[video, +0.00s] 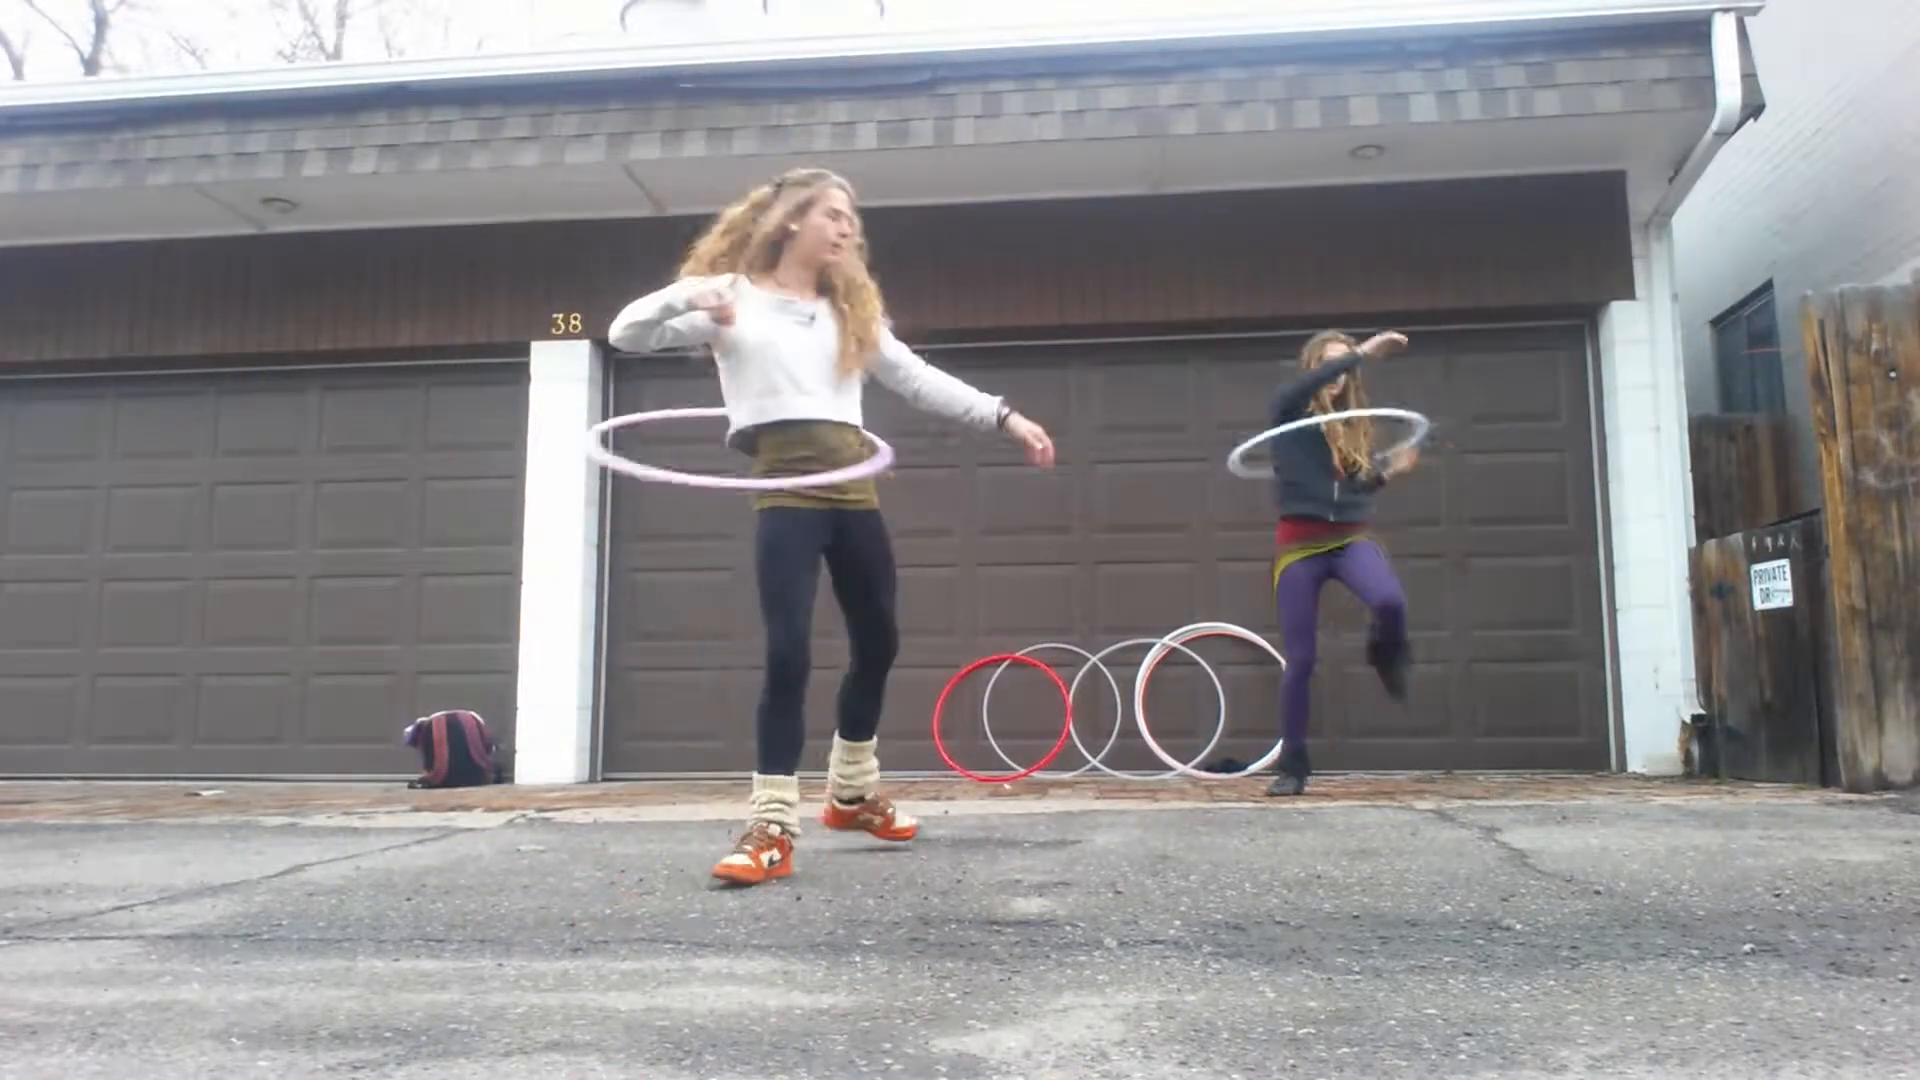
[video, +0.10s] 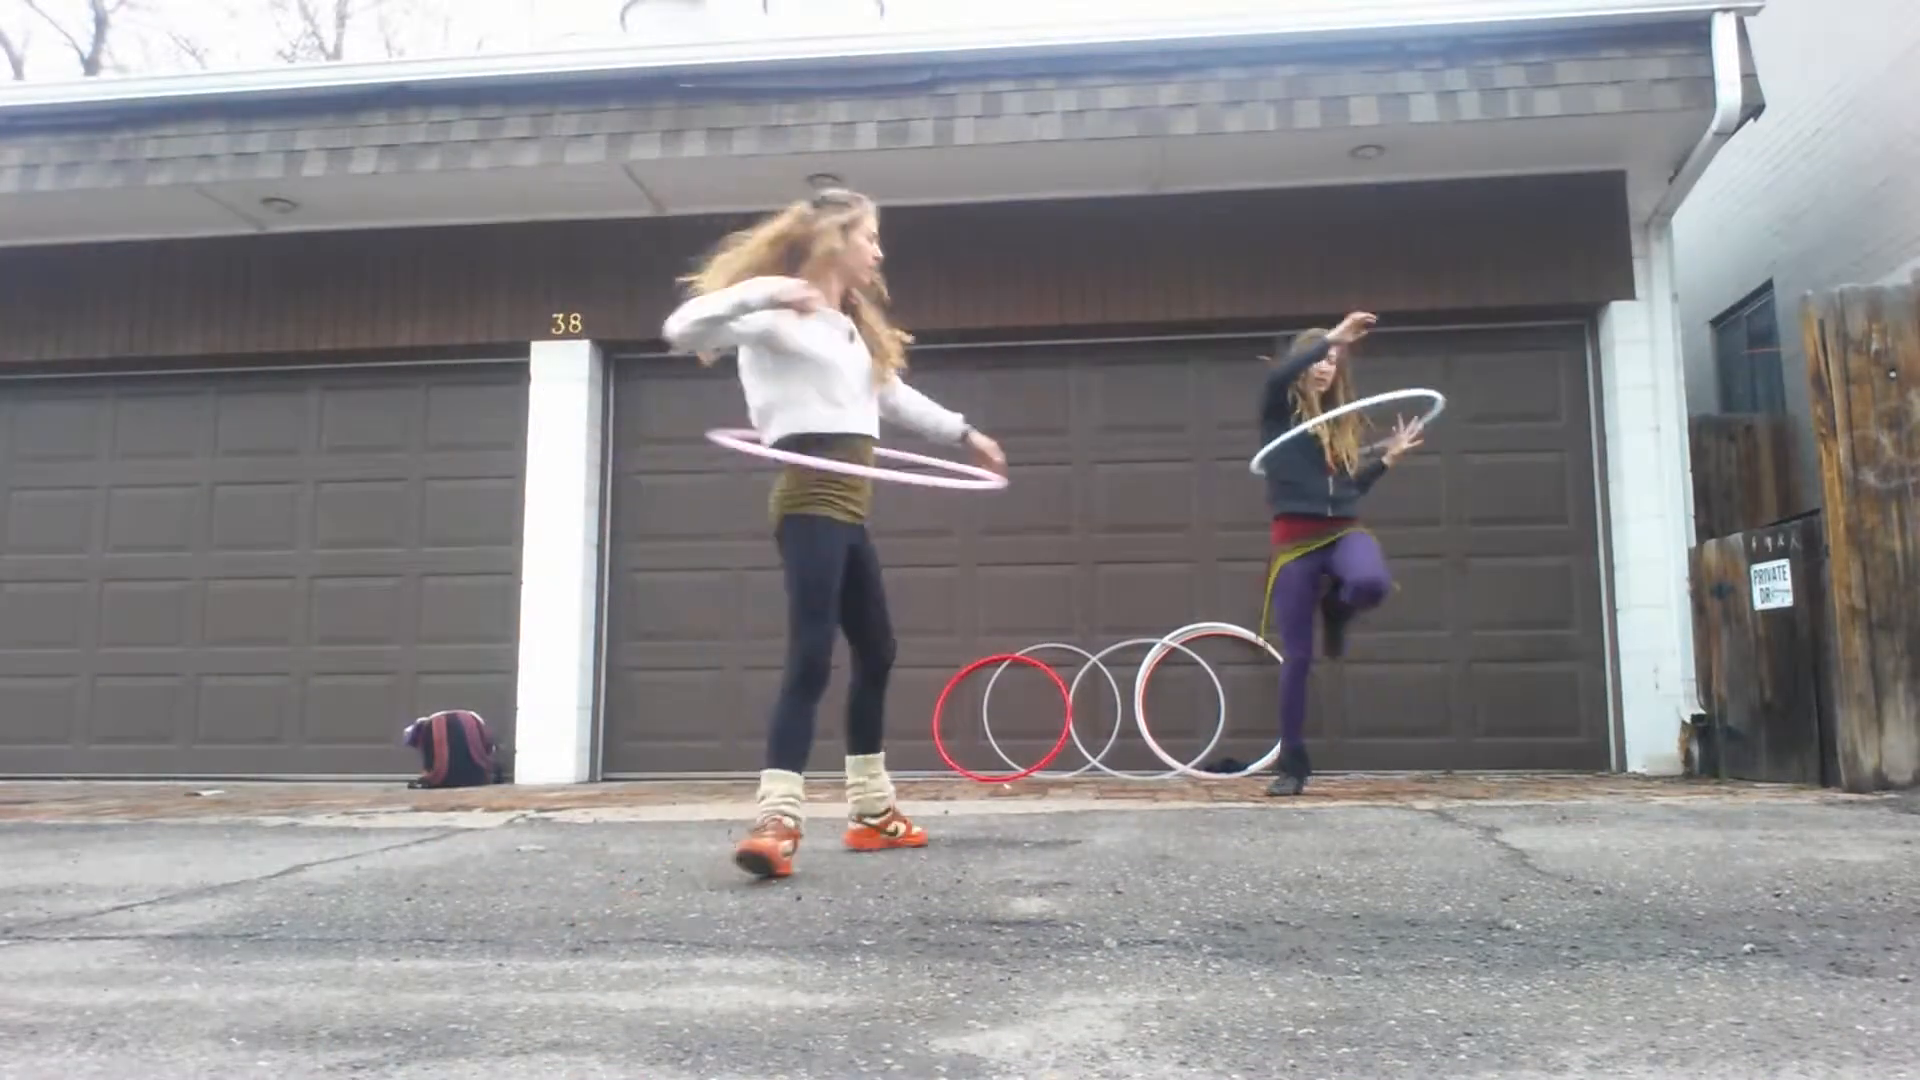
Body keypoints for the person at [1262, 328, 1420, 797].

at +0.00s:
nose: (1338, 378)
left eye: (1345, 369)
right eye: (1330, 368)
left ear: (1353, 376)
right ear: (1310, 370)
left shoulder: (1355, 424)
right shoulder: (1289, 415)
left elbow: (1355, 483)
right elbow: (1306, 386)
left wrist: (1385, 468)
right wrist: (1364, 351)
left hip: (1350, 540)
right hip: (1299, 546)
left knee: (1390, 599)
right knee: (1299, 660)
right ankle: (1293, 765)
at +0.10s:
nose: (1326, 369)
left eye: (1334, 362)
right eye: (1318, 360)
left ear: (1339, 372)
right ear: (1296, 366)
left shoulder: (1344, 419)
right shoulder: (1279, 410)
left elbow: (1353, 485)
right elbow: (1280, 376)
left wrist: (1387, 455)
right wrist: (1331, 339)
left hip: (1344, 532)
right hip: (1295, 538)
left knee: (1372, 585)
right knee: (1296, 656)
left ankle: (1335, 609)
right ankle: (1292, 763)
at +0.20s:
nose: (1315, 366)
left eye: (1322, 358)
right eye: (1307, 358)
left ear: (1332, 364)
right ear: (1291, 363)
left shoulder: (1344, 414)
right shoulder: (1268, 407)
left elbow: (1352, 484)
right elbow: (1234, 383)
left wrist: (1372, 447)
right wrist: (1282, 347)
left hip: (1340, 531)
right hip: (1288, 536)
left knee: (1373, 585)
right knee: (1292, 656)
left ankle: (1321, 625)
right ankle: (1289, 762)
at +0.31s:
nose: (1309, 369)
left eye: (1316, 361)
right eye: (1301, 360)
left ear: (1326, 367)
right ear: (1282, 364)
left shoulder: (1345, 409)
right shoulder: (1258, 408)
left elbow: (1360, 456)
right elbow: (1198, 426)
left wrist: (1306, 465)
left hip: (1338, 539)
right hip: (1285, 545)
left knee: (1382, 605)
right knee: (1289, 657)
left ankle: (1338, 666)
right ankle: (1292, 764)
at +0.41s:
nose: (1305, 371)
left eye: (1313, 363)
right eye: (1296, 363)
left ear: (1325, 370)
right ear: (1280, 369)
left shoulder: (1338, 409)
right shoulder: (1266, 418)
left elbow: (1343, 450)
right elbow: (1232, 458)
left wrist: (1286, 474)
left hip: (1337, 545)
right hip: (1284, 551)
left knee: (1381, 631)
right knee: (1288, 662)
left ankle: (1374, 728)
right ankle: (1293, 765)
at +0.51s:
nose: (1305, 376)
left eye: (1313, 368)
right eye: (1297, 367)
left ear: (1323, 373)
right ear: (1281, 372)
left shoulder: (1339, 417)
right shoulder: (1261, 425)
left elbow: (1344, 432)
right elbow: (1244, 481)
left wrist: (1289, 447)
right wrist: (1243, 513)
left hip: (1339, 550)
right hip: (1284, 555)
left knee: (1377, 644)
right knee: (1287, 662)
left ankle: (1411, 757)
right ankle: (1294, 766)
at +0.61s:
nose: (1312, 375)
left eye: (1320, 368)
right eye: (1303, 368)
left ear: (1329, 374)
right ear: (1287, 375)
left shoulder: (1339, 417)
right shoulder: (1274, 423)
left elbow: (1379, 401)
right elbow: (1260, 480)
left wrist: (1328, 396)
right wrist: (1291, 492)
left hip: (1344, 547)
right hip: (1293, 552)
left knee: (1378, 647)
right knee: (1296, 662)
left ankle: (1425, 763)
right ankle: (1294, 765)